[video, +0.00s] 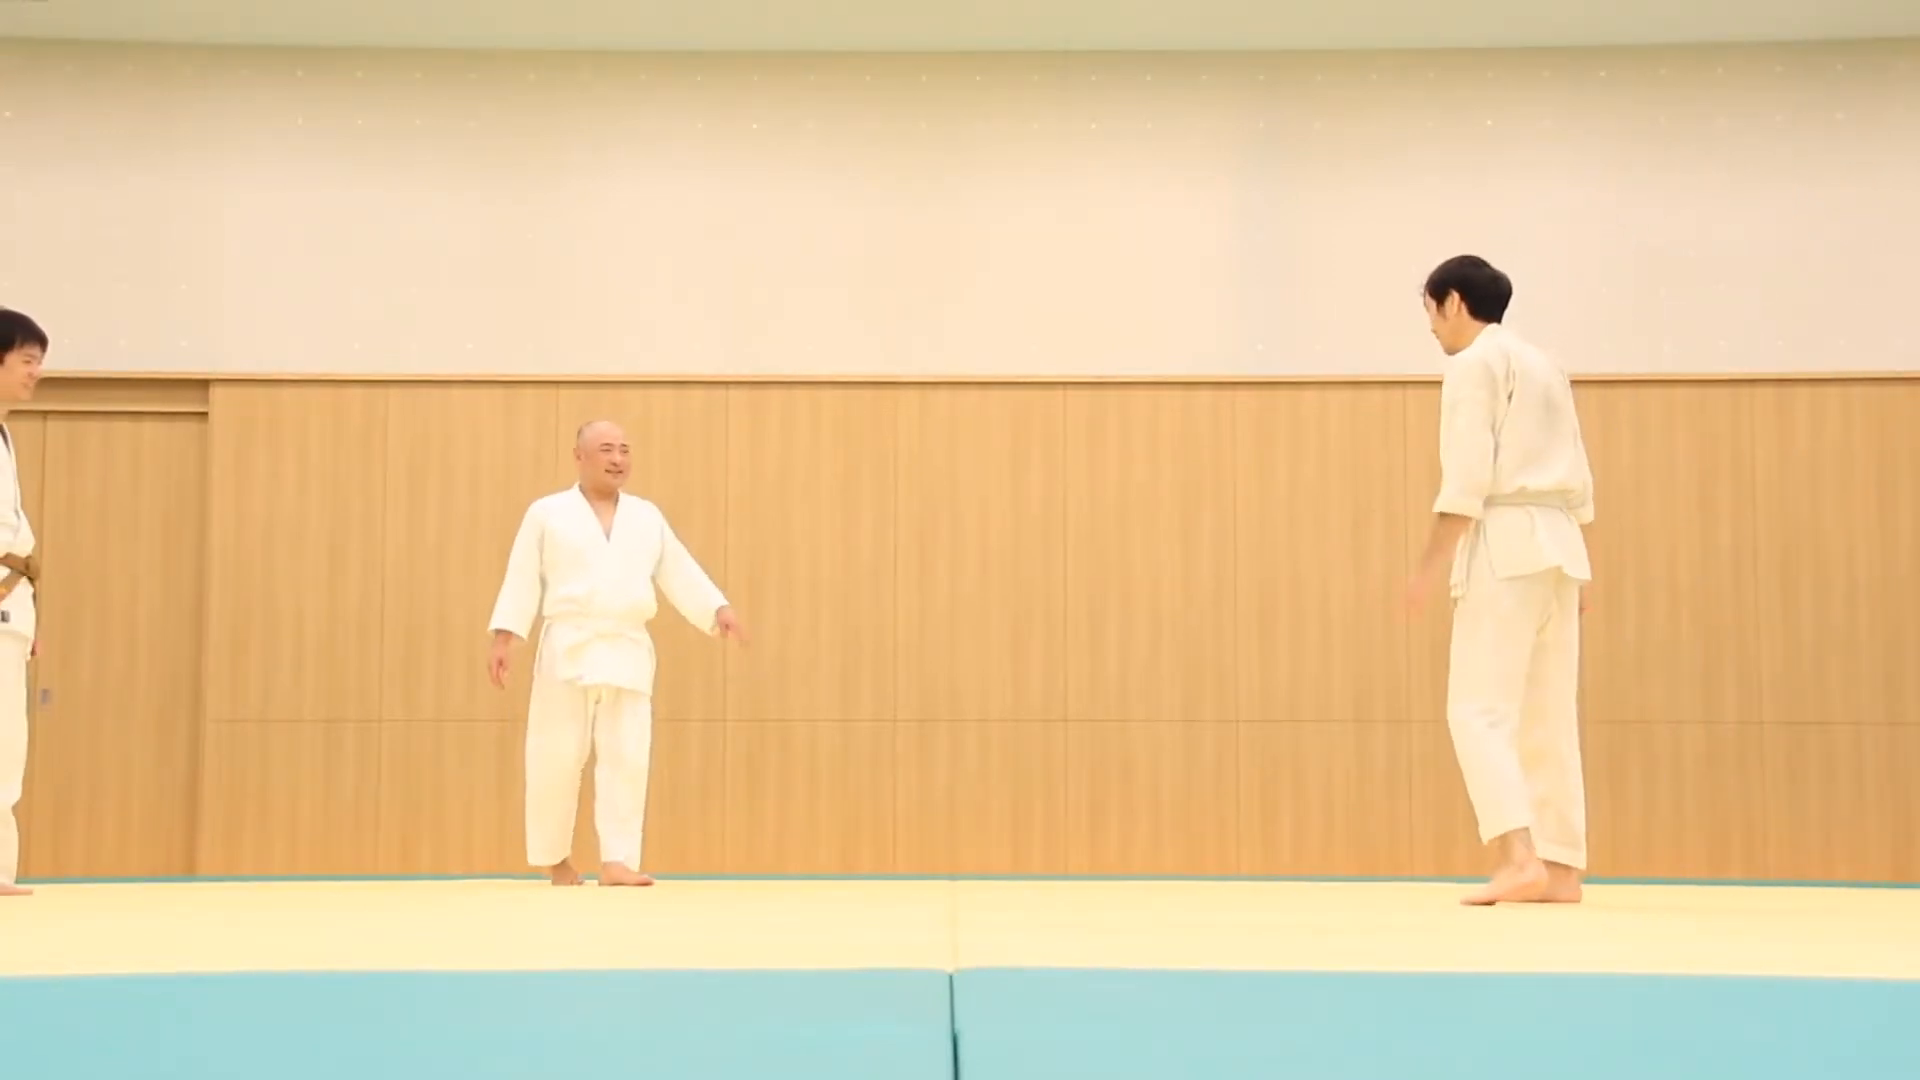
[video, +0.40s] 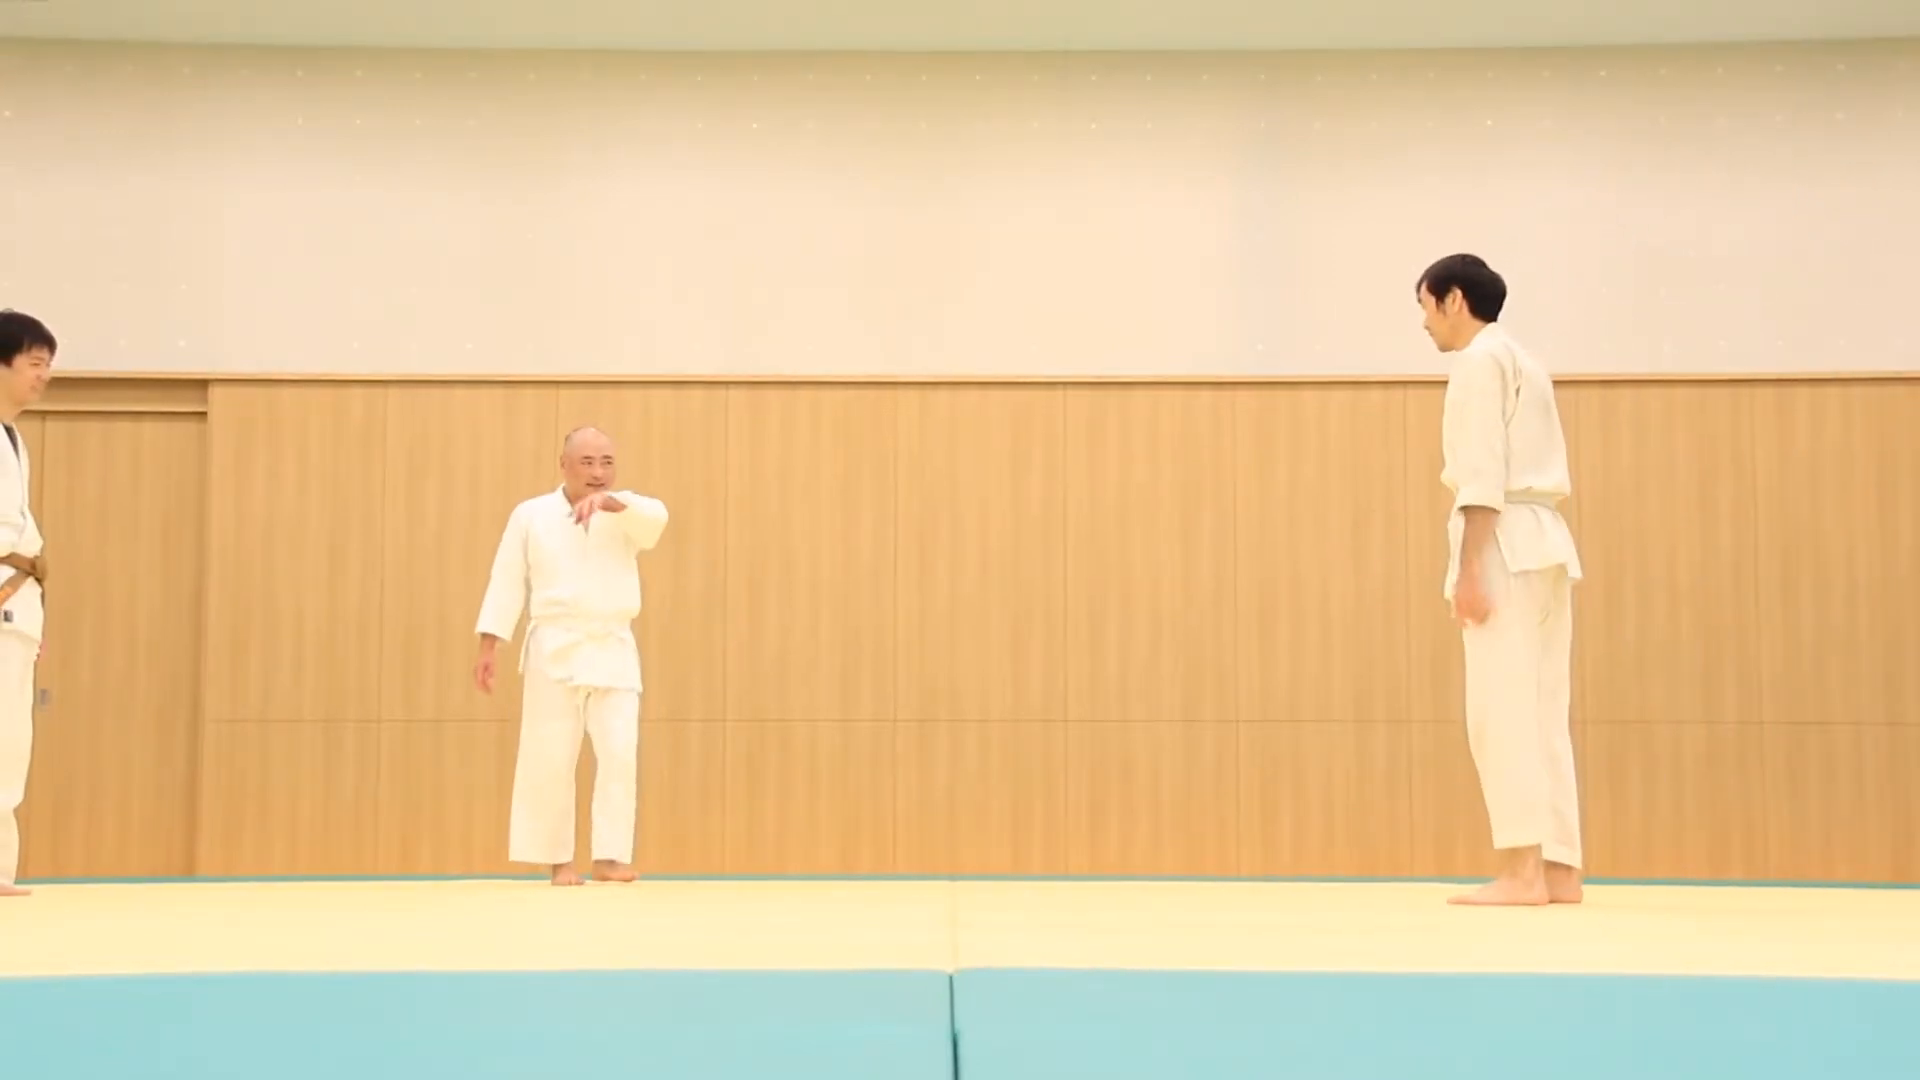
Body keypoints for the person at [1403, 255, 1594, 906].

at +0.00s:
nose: (1430, 325)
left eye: (1432, 310)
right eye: (1428, 312)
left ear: (1455, 303)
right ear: (1489, 304)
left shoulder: (1472, 363)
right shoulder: (1544, 363)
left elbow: (1467, 478)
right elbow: (1573, 475)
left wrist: (1429, 565)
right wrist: (1580, 565)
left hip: (1505, 547)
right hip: (1559, 547)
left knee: (1476, 707)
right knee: (1550, 710)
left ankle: (1517, 858)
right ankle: (1562, 872)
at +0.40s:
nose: (1424, 323)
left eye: (1426, 308)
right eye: (1422, 309)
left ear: (1455, 301)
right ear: (1475, 302)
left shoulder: (1477, 361)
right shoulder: (1520, 360)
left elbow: (1482, 471)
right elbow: (1537, 469)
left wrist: (1470, 567)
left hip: (1503, 544)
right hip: (1542, 540)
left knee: (1498, 708)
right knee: (1544, 706)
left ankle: (1519, 871)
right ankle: (1561, 871)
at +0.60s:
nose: (1420, 318)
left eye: (1423, 303)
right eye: (1417, 305)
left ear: (1456, 298)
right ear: (1465, 298)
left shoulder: (1489, 359)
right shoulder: (1501, 358)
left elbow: (1465, 469)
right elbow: (1479, 477)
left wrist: (1388, 518)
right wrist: (1409, 525)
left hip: (1506, 548)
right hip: (1528, 546)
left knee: (1499, 708)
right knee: (1530, 707)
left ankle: (1522, 875)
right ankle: (1556, 871)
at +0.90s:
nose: (1398, 321)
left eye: (1401, 305)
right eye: (1395, 308)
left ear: (1437, 298)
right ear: (1442, 300)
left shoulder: (1484, 356)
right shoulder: (1483, 357)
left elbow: (1488, 444)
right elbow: (1508, 461)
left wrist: (1414, 447)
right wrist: (1464, 491)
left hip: (1517, 549)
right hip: (1524, 546)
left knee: (1499, 708)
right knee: (1532, 706)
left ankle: (1521, 876)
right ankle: (1556, 867)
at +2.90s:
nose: (1452, 414)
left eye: (1457, 401)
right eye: (1453, 401)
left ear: (1484, 403)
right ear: (1496, 404)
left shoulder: (1517, 464)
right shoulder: (1517, 462)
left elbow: (1544, 561)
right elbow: (1541, 565)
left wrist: (1485, 623)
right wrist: (1491, 638)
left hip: (1543, 656)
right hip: (1532, 654)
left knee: (1456, 793)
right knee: (1456, 792)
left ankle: (1600, 854)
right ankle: (1595, 855)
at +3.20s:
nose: (1399, 482)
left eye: (1409, 472)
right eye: (1405, 470)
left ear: (1434, 487)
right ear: (1437, 488)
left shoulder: (1457, 555)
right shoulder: (1446, 554)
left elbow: (1452, 667)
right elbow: (1449, 667)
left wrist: (1395, 743)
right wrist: (1405, 748)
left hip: (1475, 738)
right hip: (1462, 737)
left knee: (1397, 878)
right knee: (1400, 873)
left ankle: (1535, 847)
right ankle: (1534, 847)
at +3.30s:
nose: (1368, 490)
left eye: (1378, 480)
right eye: (1374, 478)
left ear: (1402, 498)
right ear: (1402, 499)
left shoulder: (1427, 559)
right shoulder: (1407, 565)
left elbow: (1431, 676)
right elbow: (1405, 679)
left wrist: (1372, 747)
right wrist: (1364, 742)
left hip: (1481, 736)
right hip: (1456, 737)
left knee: (1400, 875)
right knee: (1405, 870)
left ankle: (1539, 848)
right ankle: (1537, 849)